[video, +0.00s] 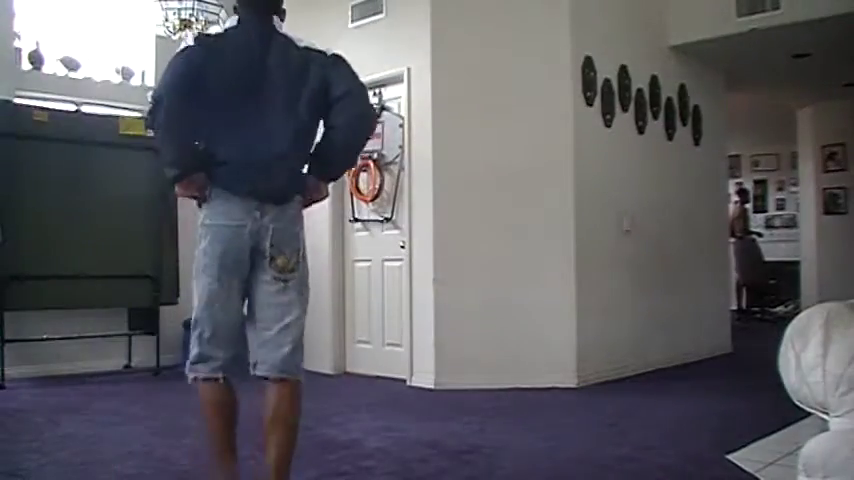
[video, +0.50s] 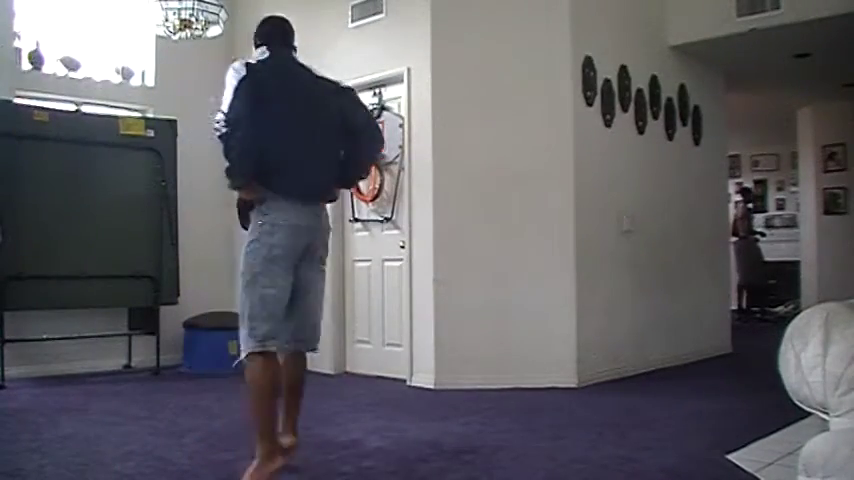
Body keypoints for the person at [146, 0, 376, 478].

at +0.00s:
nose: (261, 14)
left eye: (245, 9)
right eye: (273, 10)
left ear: (237, 7)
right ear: (279, 10)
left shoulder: (201, 52)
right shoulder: (313, 61)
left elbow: (164, 111)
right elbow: (358, 111)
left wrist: (185, 169)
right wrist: (320, 174)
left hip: (223, 210)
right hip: (284, 213)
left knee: (211, 360)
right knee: (282, 363)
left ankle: (225, 469)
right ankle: (278, 473)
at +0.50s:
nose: (258, 54)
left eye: (257, 47)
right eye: (266, 45)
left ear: (259, 47)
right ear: (293, 45)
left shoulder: (253, 81)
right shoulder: (329, 87)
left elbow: (238, 138)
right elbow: (370, 143)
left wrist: (244, 183)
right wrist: (336, 183)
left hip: (275, 213)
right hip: (317, 216)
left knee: (259, 341)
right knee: (296, 339)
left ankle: (267, 453)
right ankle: (288, 433)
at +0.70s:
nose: (285, 99)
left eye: (287, 93)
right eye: (288, 92)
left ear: (291, 95)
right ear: (323, 94)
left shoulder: (293, 131)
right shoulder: (346, 139)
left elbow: (280, 187)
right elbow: (379, 197)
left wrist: (275, 232)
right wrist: (349, 237)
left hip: (303, 259)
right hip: (331, 261)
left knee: (273, 370)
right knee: (294, 360)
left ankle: (346, 439)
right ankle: (301, 448)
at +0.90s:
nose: (323, 74)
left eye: (323, 69)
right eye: (327, 69)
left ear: (328, 67)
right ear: (358, 66)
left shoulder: (326, 96)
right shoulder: (382, 102)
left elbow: (311, 148)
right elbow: (418, 153)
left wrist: (323, 193)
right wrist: (394, 195)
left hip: (349, 221)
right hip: (383, 225)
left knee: (337, 336)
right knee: (354, 331)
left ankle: (386, 420)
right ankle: (328, 421)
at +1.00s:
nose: (346, 85)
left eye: (346, 78)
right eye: (351, 78)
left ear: (349, 75)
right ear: (380, 74)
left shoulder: (345, 101)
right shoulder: (414, 110)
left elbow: (324, 154)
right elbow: (454, 161)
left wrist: (338, 202)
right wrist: (427, 207)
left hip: (369, 227)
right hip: (406, 228)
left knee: (366, 339)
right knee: (390, 337)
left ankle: (396, 434)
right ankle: (386, 424)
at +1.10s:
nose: (369, 106)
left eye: (369, 100)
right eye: (373, 99)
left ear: (372, 100)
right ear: (404, 98)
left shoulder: (364, 133)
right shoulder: (437, 138)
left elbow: (344, 191)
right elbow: (477, 192)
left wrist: (362, 237)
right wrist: (456, 235)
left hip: (390, 259)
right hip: (430, 258)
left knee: (378, 365)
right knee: (424, 355)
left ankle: (412, 443)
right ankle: (454, 427)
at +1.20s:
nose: (402, 101)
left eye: (398, 95)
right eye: (416, 92)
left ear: (397, 97)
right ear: (429, 95)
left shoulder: (387, 141)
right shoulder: (458, 137)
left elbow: (370, 188)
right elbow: (503, 179)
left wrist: (388, 230)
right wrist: (481, 223)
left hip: (415, 257)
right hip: (456, 254)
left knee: (394, 359)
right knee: (466, 345)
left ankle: (415, 444)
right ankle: (502, 423)